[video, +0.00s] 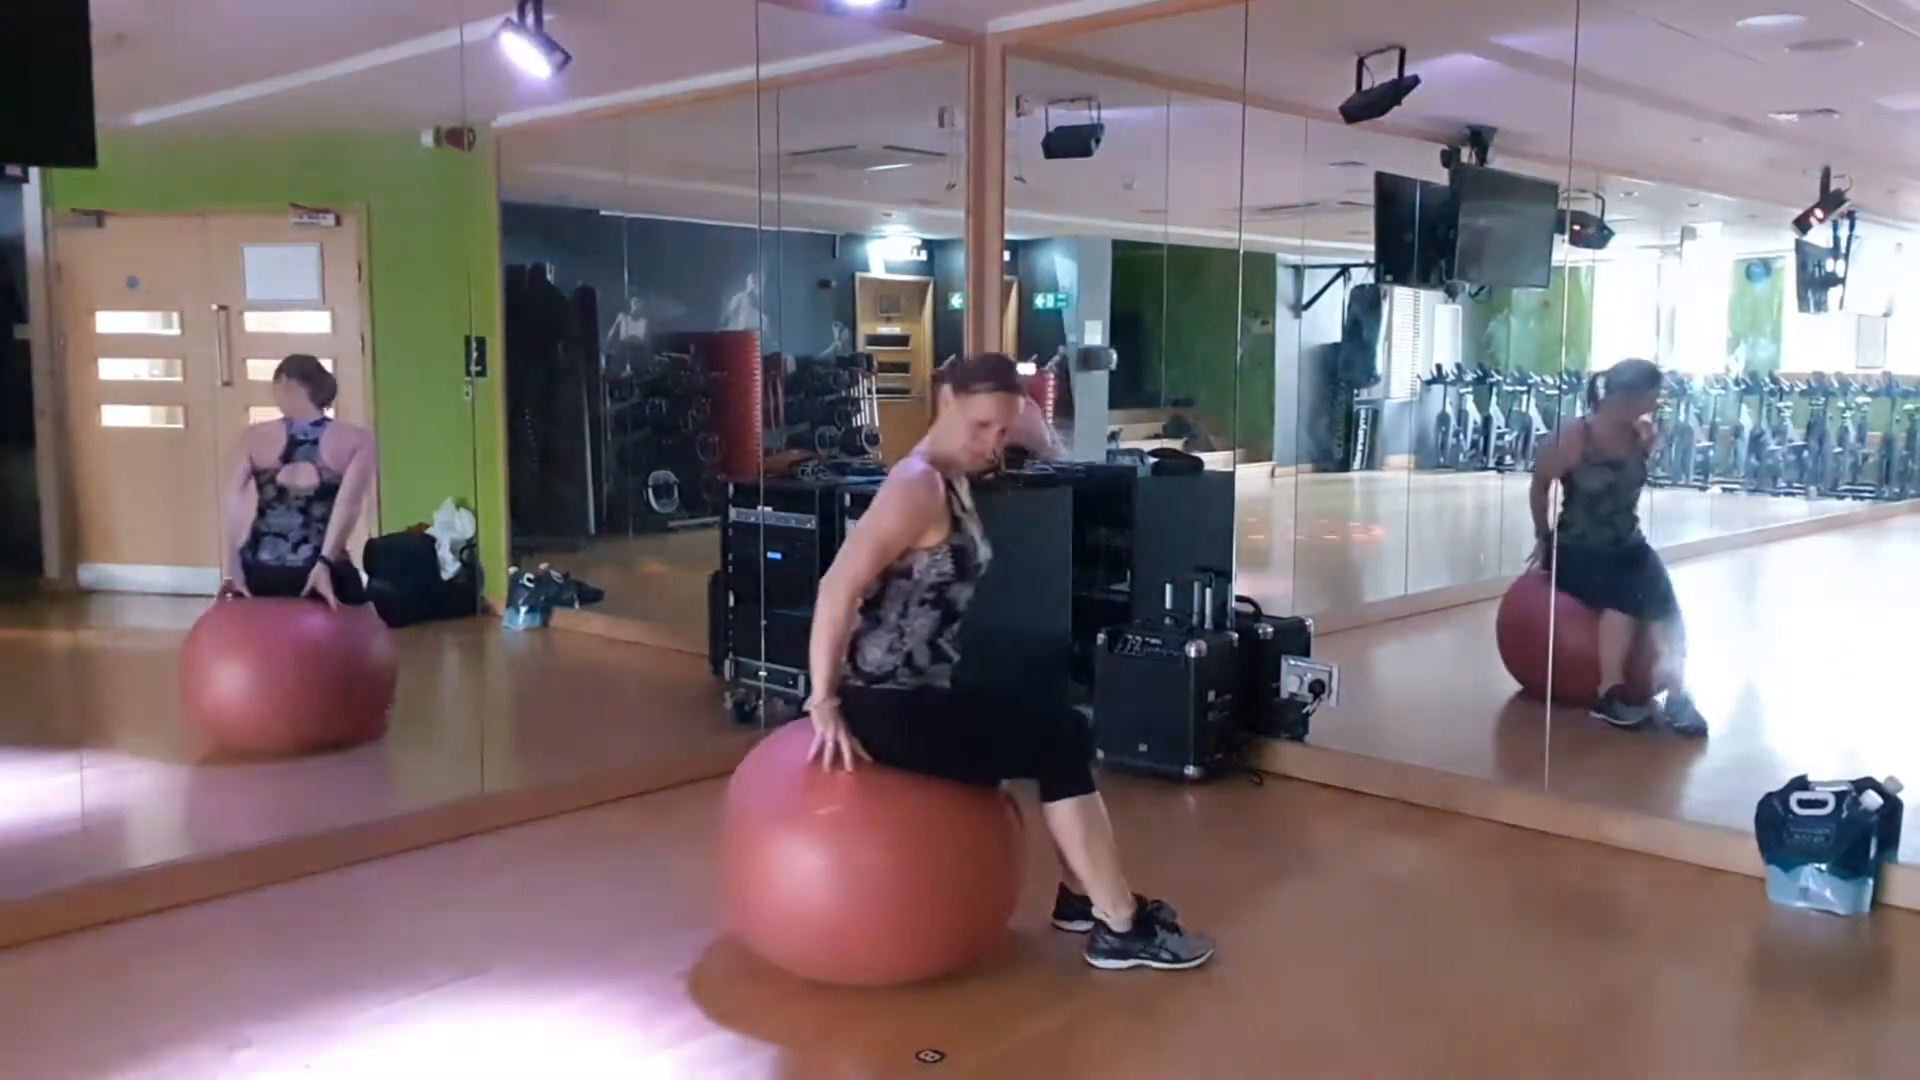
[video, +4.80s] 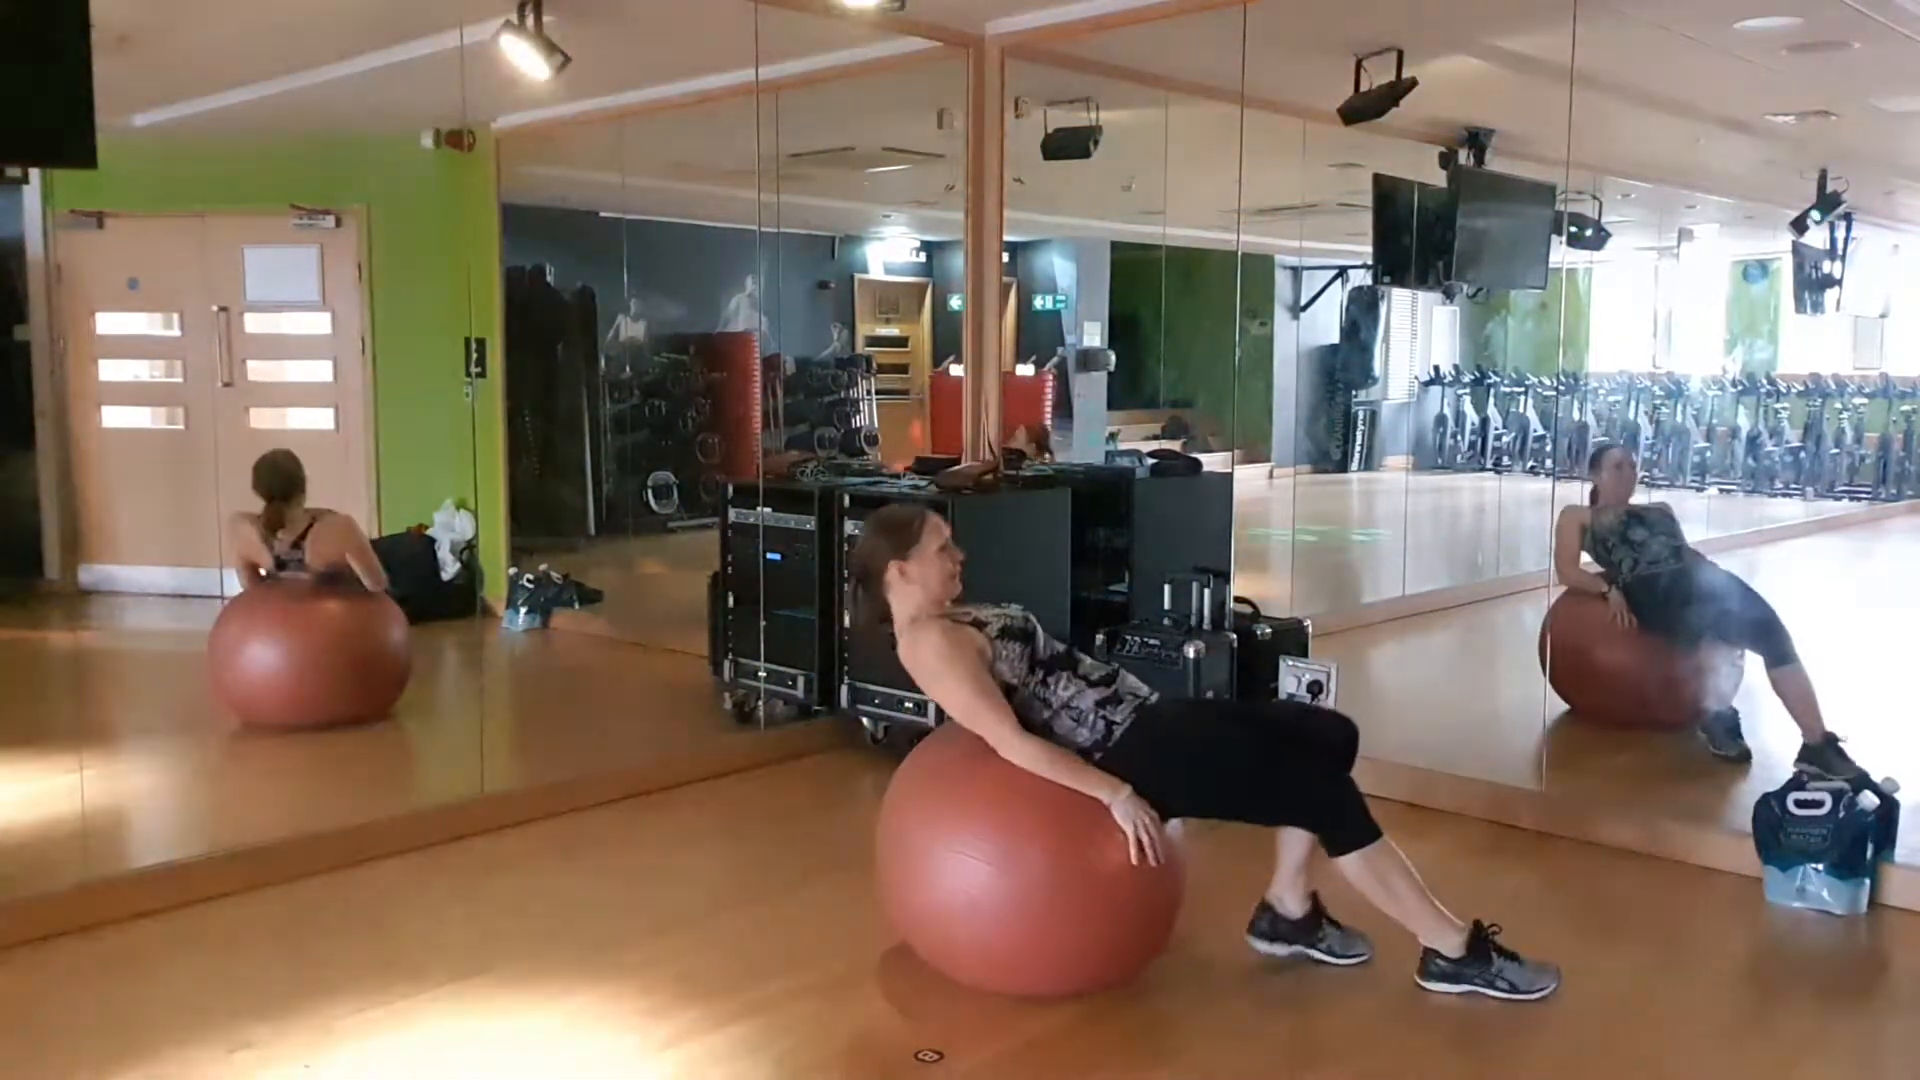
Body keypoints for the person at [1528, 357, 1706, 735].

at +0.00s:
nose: (1653, 407)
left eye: (1655, 400)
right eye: (1650, 399)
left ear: (1640, 402)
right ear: (1624, 396)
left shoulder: (1642, 434)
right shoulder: (1573, 436)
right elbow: (1540, 484)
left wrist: (1650, 443)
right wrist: (1543, 538)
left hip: (1627, 542)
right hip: (1577, 545)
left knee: (1662, 598)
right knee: (1624, 590)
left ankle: (1677, 695)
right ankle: (1610, 691)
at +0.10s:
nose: (1644, 405)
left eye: (1647, 398)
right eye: (1641, 397)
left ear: (1638, 394)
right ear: (1619, 390)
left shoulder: (1638, 432)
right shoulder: (1567, 433)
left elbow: (1628, 488)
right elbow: (1537, 485)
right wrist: (1539, 534)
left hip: (1625, 544)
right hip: (1575, 544)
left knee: (1659, 596)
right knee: (1620, 590)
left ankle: (1685, 694)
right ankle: (1608, 693)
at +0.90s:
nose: (1680, 351)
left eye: (1678, 343)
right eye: (1672, 343)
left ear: (1650, 348)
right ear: (1646, 347)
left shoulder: (1678, 404)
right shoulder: (1603, 404)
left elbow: (1677, 472)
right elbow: (1581, 474)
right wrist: (1572, 532)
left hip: (1663, 520)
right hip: (1610, 519)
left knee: (1691, 601)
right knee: (1651, 590)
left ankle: (1698, 699)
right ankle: (1632, 696)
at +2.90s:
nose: (1655, 402)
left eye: (1660, 393)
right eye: (1646, 392)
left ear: (1664, 395)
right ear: (1623, 388)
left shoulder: (1668, 435)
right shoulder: (1583, 436)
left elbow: (1660, 493)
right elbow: (1548, 487)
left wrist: (1643, 532)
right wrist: (1544, 544)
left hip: (1639, 544)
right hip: (1585, 544)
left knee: (1669, 586)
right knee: (1639, 587)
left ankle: (1686, 693)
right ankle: (1662, 693)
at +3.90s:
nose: (1641, 413)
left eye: (1646, 406)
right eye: (1632, 405)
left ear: (1651, 412)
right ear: (1609, 408)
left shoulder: (1663, 458)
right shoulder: (1581, 460)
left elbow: (1674, 520)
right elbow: (1555, 520)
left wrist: (1686, 558)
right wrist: (1585, 569)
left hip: (1675, 566)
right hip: (1626, 573)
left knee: (1721, 573)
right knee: (1705, 599)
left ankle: (1718, 699)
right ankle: (1719, 713)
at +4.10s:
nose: (1642, 422)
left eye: (1645, 415)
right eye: (1633, 414)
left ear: (1649, 420)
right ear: (1607, 417)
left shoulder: (1665, 463)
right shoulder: (1579, 467)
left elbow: (1679, 524)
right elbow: (1560, 532)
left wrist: (1694, 561)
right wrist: (1591, 573)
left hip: (1682, 562)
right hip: (1632, 573)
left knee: (1722, 580)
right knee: (1700, 599)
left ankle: (1771, 699)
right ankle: (1714, 712)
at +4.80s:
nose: (1629, 470)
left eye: (1631, 465)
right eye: (1618, 466)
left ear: (1636, 474)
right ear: (1596, 477)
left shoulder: (1659, 511)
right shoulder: (1579, 516)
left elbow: (1685, 553)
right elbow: (1568, 572)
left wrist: (1712, 571)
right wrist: (1608, 588)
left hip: (1696, 578)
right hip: (1653, 587)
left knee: (1768, 626)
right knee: (1721, 613)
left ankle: (1818, 744)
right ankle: (1720, 715)